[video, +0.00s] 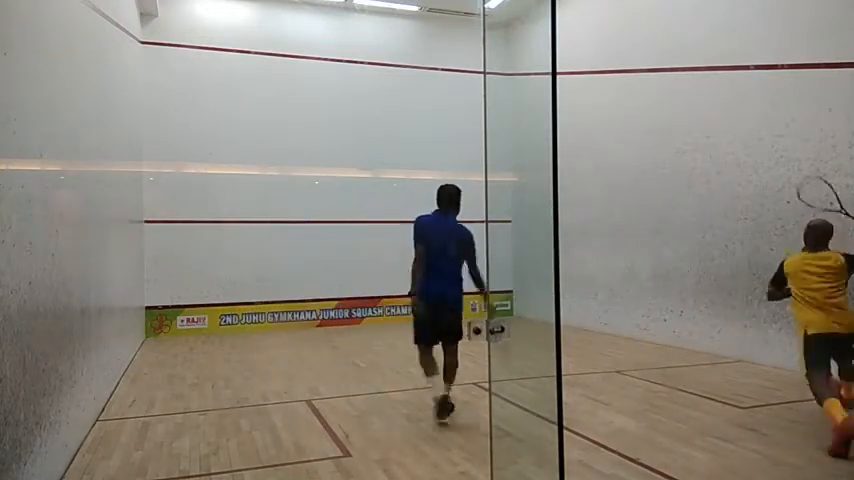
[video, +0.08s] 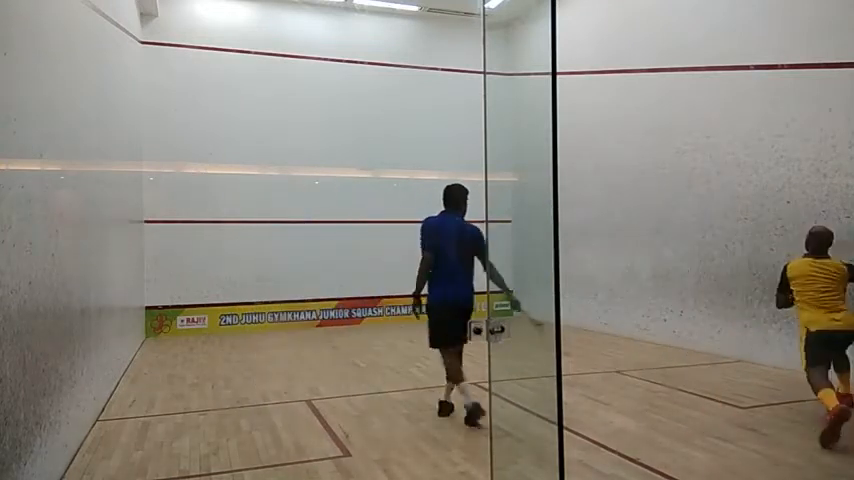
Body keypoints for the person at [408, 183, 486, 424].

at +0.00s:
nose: (459, 205)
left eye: (457, 201)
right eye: (459, 202)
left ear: (437, 202)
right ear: (457, 204)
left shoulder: (422, 223)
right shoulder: (463, 234)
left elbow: (419, 259)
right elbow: (472, 268)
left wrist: (414, 290)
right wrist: (482, 287)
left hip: (424, 296)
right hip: (451, 298)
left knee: (424, 346)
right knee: (450, 348)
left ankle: (437, 388)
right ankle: (445, 395)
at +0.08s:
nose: (467, 205)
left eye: (466, 201)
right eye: (466, 201)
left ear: (444, 201)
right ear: (463, 203)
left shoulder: (430, 225)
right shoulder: (472, 231)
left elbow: (427, 261)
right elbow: (488, 267)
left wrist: (417, 293)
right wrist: (507, 291)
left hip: (439, 299)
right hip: (464, 299)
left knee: (448, 351)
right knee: (456, 349)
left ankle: (469, 401)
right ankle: (446, 400)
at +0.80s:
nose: (542, 218)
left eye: (541, 214)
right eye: (541, 214)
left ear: (520, 213)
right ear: (538, 214)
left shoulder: (502, 237)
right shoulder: (546, 241)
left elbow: (494, 273)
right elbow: (560, 279)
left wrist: (493, 304)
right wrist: (579, 309)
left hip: (506, 307)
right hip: (538, 308)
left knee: (499, 354)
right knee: (563, 351)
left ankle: (491, 406)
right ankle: (581, 404)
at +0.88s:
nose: (552, 217)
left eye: (551, 213)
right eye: (552, 213)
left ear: (531, 210)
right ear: (549, 213)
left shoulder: (511, 231)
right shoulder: (552, 237)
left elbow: (492, 265)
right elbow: (565, 273)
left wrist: (497, 294)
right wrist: (596, 299)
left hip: (512, 305)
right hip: (542, 306)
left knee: (506, 348)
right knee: (562, 350)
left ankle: (496, 401)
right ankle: (580, 403)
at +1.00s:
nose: (557, 216)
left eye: (556, 211)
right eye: (557, 212)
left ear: (537, 209)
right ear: (556, 212)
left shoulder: (515, 229)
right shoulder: (554, 237)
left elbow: (491, 254)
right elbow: (565, 272)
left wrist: (480, 282)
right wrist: (604, 283)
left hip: (509, 303)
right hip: (539, 305)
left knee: (509, 349)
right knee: (560, 351)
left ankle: (507, 404)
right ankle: (580, 404)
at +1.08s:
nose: (559, 220)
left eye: (559, 216)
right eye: (559, 216)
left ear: (539, 212)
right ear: (555, 215)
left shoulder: (514, 230)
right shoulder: (552, 241)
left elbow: (486, 254)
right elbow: (567, 280)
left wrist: (467, 278)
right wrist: (603, 280)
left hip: (505, 304)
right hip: (534, 305)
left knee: (512, 351)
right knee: (558, 352)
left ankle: (510, 406)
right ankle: (580, 403)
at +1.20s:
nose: (555, 224)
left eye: (555, 219)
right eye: (555, 219)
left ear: (536, 214)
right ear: (554, 218)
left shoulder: (512, 230)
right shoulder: (552, 248)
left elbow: (484, 255)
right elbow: (563, 285)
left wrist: (463, 279)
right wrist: (593, 296)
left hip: (499, 304)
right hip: (529, 306)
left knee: (509, 352)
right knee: (554, 354)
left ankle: (510, 407)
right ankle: (579, 404)